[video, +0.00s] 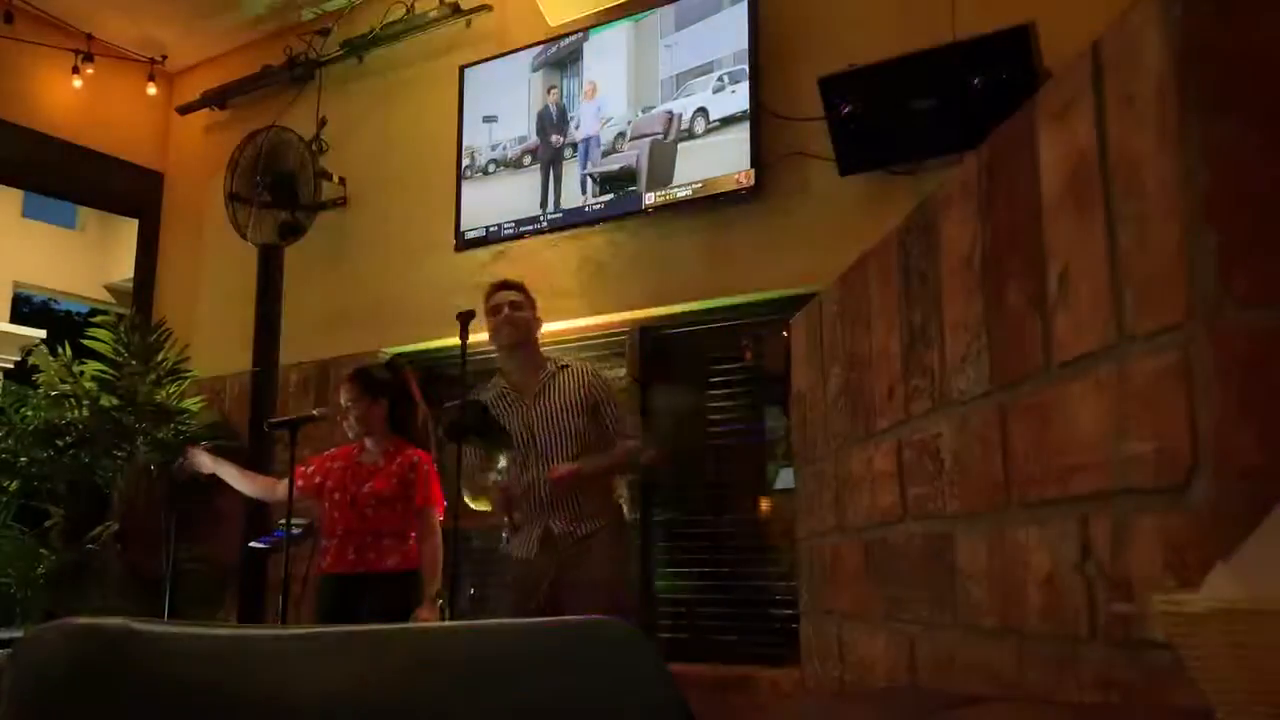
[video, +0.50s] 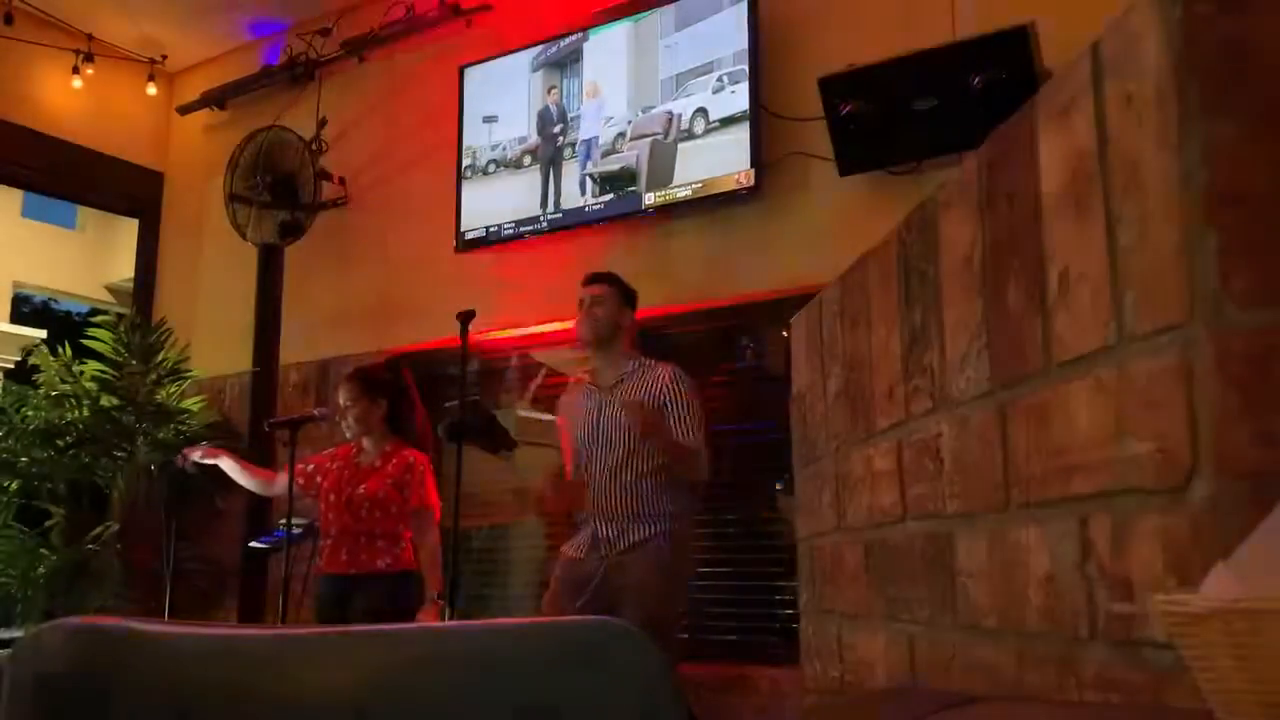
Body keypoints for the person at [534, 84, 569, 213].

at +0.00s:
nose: (556, 96)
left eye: (557, 94)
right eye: (553, 94)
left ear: (559, 95)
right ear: (548, 96)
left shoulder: (562, 109)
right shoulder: (542, 112)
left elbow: (565, 125)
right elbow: (539, 132)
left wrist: (562, 137)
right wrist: (549, 139)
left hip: (558, 150)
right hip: (546, 151)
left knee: (558, 179)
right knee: (545, 180)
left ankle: (557, 205)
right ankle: (543, 207)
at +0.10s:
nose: (556, 96)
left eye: (557, 94)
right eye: (553, 94)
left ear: (559, 95)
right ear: (548, 96)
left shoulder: (562, 108)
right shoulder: (542, 112)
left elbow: (566, 124)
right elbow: (539, 132)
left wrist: (563, 136)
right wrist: (551, 137)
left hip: (558, 149)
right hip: (546, 149)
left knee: (558, 179)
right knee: (545, 180)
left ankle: (557, 205)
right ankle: (543, 207)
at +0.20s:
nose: (556, 96)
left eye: (557, 94)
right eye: (553, 94)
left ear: (559, 95)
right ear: (548, 96)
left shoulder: (562, 109)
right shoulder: (542, 112)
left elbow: (566, 124)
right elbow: (539, 132)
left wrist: (563, 136)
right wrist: (552, 132)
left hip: (558, 149)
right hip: (546, 149)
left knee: (558, 179)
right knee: (545, 180)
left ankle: (557, 205)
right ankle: (543, 207)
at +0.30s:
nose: (556, 96)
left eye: (557, 94)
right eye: (554, 94)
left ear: (558, 95)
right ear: (548, 96)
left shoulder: (561, 109)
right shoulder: (542, 112)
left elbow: (566, 125)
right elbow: (540, 131)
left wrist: (563, 136)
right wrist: (552, 130)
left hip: (558, 148)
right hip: (546, 148)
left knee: (558, 179)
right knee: (545, 180)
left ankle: (557, 205)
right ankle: (543, 207)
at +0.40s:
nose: (556, 96)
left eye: (557, 94)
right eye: (554, 94)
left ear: (559, 95)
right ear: (548, 96)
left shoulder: (562, 109)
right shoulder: (542, 112)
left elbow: (566, 125)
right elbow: (540, 131)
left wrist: (563, 136)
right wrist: (552, 130)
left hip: (558, 148)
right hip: (546, 148)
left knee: (558, 180)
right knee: (545, 180)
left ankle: (557, 205)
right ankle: (543, 207)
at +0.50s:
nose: (556, 96)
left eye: (557, 94)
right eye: (554, 94)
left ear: (559, 95)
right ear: (548, 96)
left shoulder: (561, 109)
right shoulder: (542, 112)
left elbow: (565, 125)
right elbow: (540, 132)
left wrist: (563, 136)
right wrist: (552, 130)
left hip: (558, 148)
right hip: (545, 149)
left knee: (558, 180)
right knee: (545, 180)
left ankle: (557, 205)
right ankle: (543, 207)